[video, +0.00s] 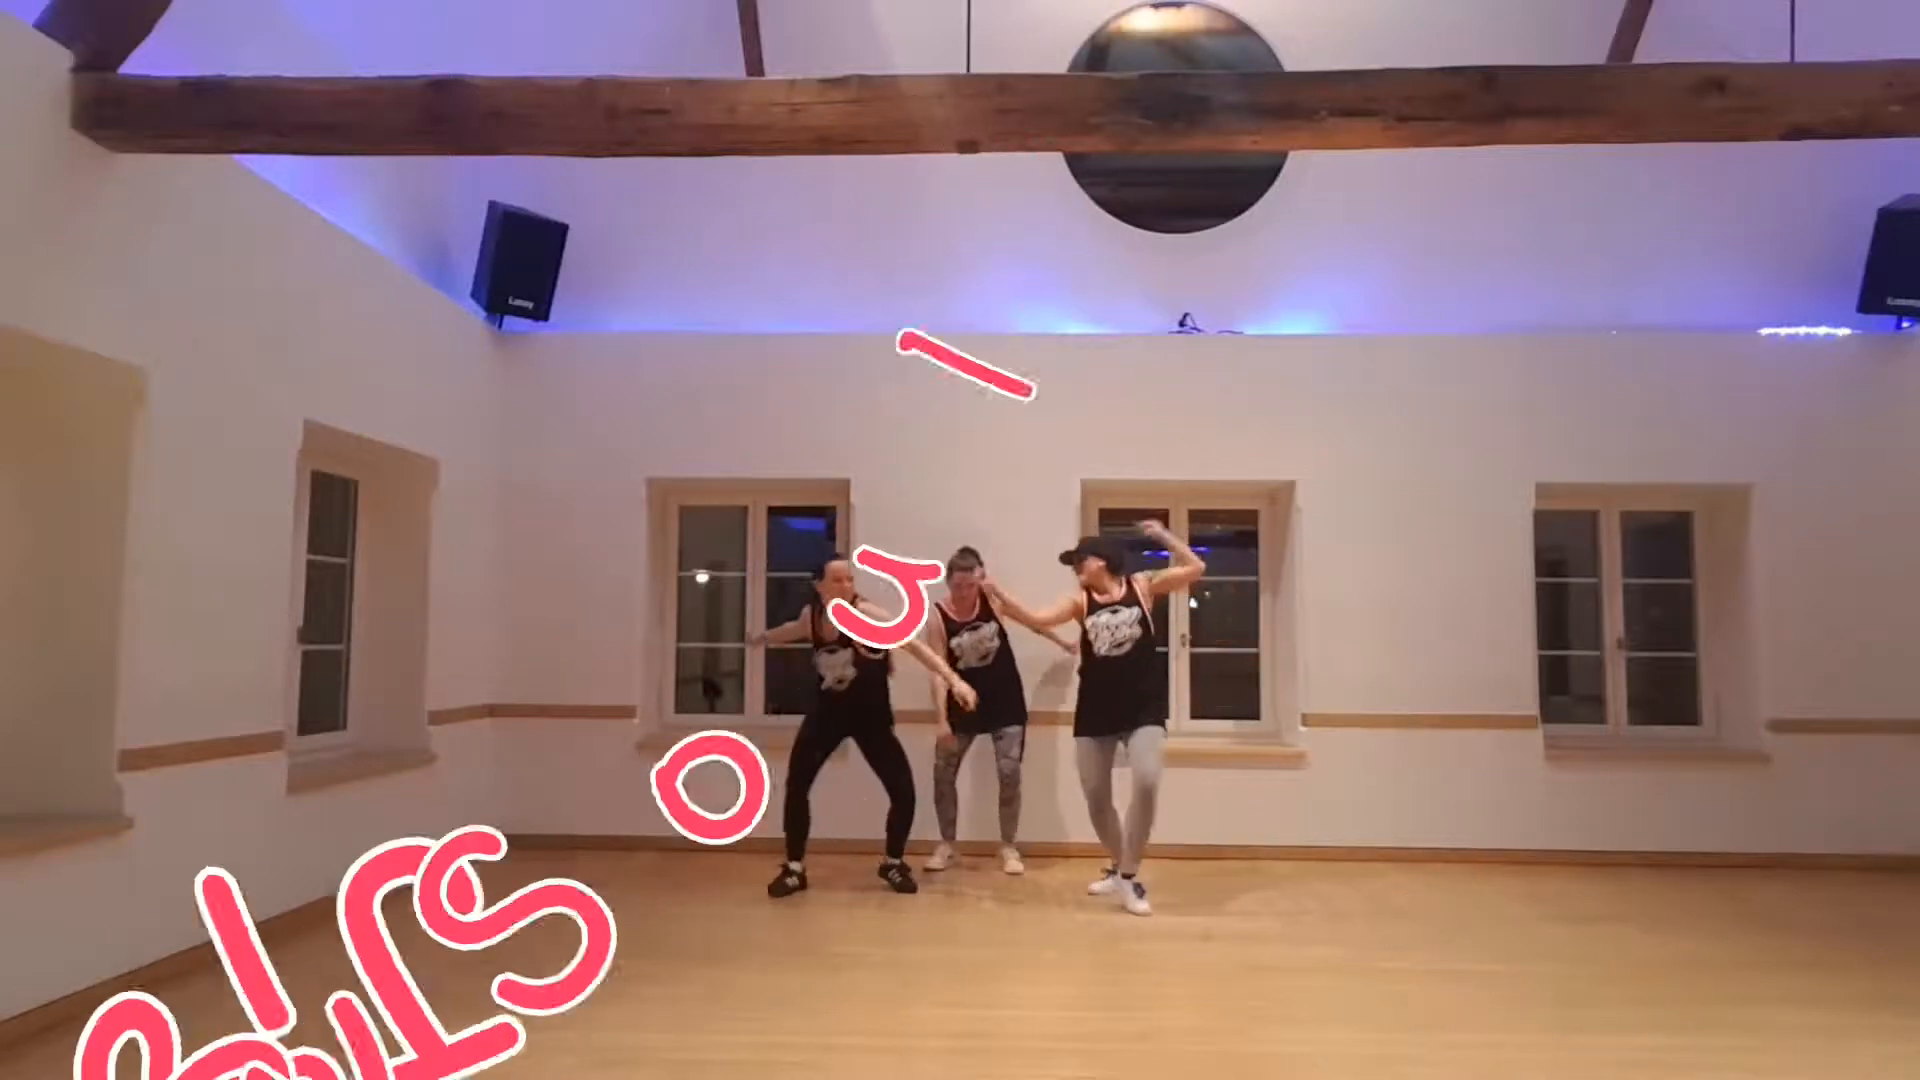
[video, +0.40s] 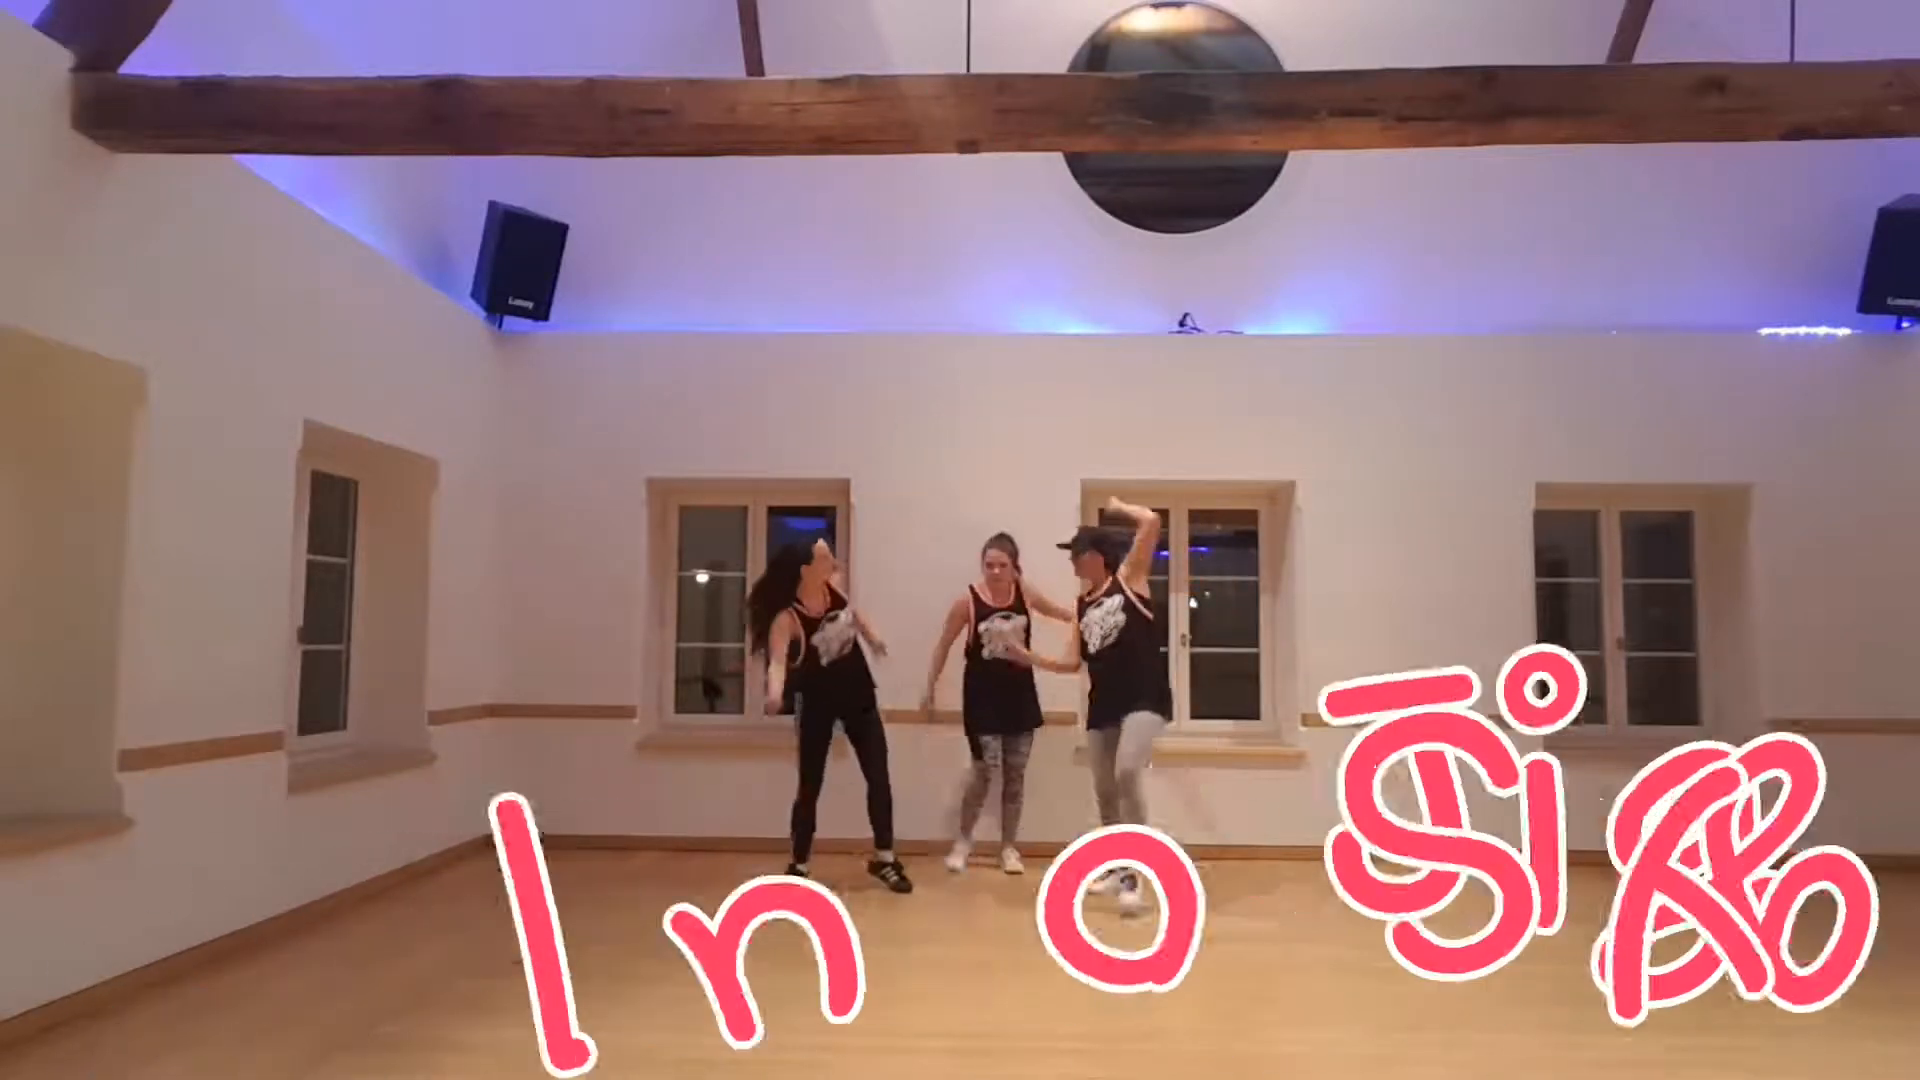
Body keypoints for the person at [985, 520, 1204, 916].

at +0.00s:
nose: (1076, 567)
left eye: (1081, 561)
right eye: (1076, 562)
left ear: (1103, 561)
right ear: (1090, 566)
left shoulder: (1143, 585)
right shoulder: (1081, 601)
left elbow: (1195, 568)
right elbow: (1037, 621)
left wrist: (1162, 535)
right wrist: (999, 596)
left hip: (1143, 708)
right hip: (1096, 713)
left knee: (1148, 782)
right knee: (1096, 797)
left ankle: (1129, 877)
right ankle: (1120, 868)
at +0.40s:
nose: (1073, 564)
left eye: (1077, 557)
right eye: (1072, 558)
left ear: (1098, 558)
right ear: (1087, 560)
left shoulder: (1130, 577)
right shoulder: (1083, 608)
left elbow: (1151, 522)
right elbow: (1071, 664)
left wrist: (1119, 506)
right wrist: (1026, 655)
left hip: (1144, 697)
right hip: (1105, 704)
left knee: (1127, 772)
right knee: (1105, 788)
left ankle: (1139, 868)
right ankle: (1118, 869)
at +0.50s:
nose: (1079, 567)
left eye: (1085, 559)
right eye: (1079, 560)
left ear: (1106, 559)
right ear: (1090, 563)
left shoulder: (1131, 584)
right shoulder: (1092, 607)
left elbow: (1130, 525)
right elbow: (1092, 658)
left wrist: (1107, 497)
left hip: (1134, 706)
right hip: (1099, 709)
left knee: (1125, 781)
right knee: (1101, 788)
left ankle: (1152, 873)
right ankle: (1119, 869)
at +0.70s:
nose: (1090, 581)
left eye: (1095, 574)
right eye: (1090, 573)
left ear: (1115, 575)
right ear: (1100, 578)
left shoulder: (1140, 605)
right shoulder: (1116, 612)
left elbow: (1107, 566)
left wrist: (1092, 528)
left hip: (1138, 728)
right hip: (1116, 728)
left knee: (1117, 807)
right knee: (1088, 805)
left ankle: (1160, 884)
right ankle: (1117, 871)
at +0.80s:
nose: (1101, 585)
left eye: (1106, 576)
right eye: (1102, 574)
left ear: (1120, 573)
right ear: (1131, 569)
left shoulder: (1144, 600)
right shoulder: (1126, 605)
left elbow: (1093, 576)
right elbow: (1095, 576)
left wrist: (1080, 540)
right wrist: (1083, 541)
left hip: (1139, 722)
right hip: (1120, 721)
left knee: (1121, 803)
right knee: (1097, 802)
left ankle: (1161, 883)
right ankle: (1115, 872)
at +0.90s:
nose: (1096, 564)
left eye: (1101, 556)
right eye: (1097, 557)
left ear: (1116, 556)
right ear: (1122, 556)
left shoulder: (1139, 577)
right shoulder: (1129, 584)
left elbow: (1078, 576)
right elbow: (1085, 580)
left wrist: (1059, 537)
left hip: (1147, 703)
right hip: (1122, 703)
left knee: (1134, 792)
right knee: (1092, 783)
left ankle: (1164, 880)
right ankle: (1113, 858)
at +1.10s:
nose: (1101, 558)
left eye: (1106, 551)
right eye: (1102, 550)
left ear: (1125, 552)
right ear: (1139, 553)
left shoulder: (1117, 584)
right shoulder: (1170, 585)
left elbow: (1073, 604)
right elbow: (1200, 630)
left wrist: (1054, 564)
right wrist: (1225, 655)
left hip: (1129, 703)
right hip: (1159, 702)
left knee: (1133, 791)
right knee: (1103, 783)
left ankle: (1164, 883)